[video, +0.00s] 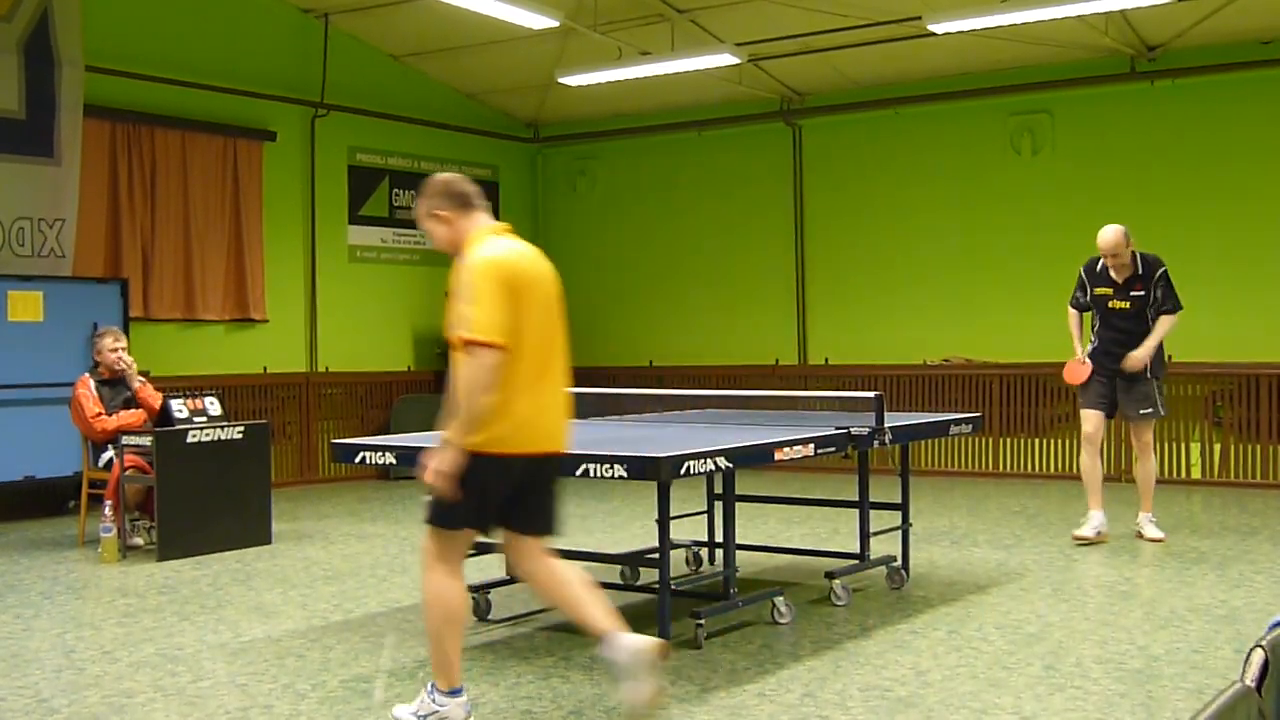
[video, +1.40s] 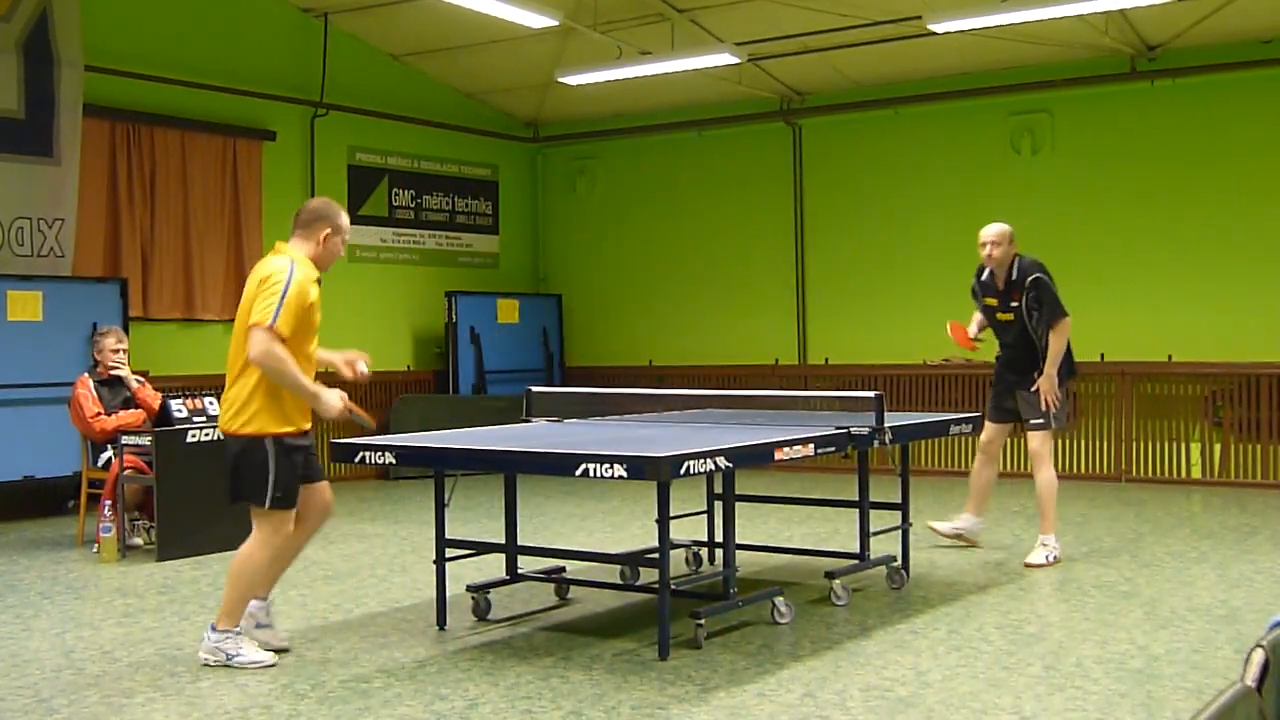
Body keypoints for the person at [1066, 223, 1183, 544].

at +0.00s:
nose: (1109, 262)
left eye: (1115, 257)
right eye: (1104, 257)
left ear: (1130, 248)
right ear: (1099, 252)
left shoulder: (1153, 268)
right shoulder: (1091, 270)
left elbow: (1170, 312)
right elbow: (1075, 307)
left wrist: (1144, 351)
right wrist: (1078, 348)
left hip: (1139, 364)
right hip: (1099, 363)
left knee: (1143, 442)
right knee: (1089, 435)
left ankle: (1146, 517)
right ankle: (1095, 516)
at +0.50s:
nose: (1063, 264)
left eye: (1068, 257)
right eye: (1058, 258)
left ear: (1084, 247)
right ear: (1054, 252)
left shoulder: (1113, 264)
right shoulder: (1051, 275)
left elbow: (1142, 308)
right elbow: (1042, 322)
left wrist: (1133, 353)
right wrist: (1040, 366)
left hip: (1111, 369)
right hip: (1068, 371)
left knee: (1126, 448)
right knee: (1072, 445)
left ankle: (1139, 501)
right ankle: (1087, 526)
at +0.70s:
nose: (1043, 250)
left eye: (1049, 243)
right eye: (1039, 244)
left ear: (1068, 241)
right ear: (1037, 243)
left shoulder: (1096, 264)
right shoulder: (1036, 273)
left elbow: (1127, 307)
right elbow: (1027, 318)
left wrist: (1113, 357)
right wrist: (1027, 353)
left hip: (1094, 366)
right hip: (1056, 368)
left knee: (1094, 444)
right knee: (1068, 448)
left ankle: (1101, 528)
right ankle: (1085, 526)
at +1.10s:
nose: (1014, 246)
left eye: (1022, 240)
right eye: (1012, 240)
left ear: (1042, 244)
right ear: (1011, 243)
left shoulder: (1064, 271)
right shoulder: (1012, 274)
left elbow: (1090, 319)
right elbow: (1010, 315)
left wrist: (1073, 372)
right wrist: (1005, 347)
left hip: (1056, 373)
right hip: (1025, 371)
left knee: (1049, 454)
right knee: (1017, 451)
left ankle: (1049, 541)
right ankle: (1067, 513)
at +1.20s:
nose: (1005, 244)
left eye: (1012, 238)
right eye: (1002, 238)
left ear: (1032, 242)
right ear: (1000, 242)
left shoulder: (1052, 271)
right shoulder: (1003, 272)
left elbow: (1077, 322)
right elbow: (1005, 309)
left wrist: (1062, 372)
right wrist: (996, 340)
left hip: (1051, 370)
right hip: (1019, 367)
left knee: (1046, 452)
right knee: (999, 442)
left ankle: (1049, 540)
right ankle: (1036, 510)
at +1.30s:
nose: (1000, 245)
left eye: (1007, 239)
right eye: (996, 240)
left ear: (1025, 242)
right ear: (992, 244)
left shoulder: (1044, 271)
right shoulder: (996, 273)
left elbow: (1071, 322)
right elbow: (999, 307)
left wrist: (1057, 371)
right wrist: (988, 334)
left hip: (1048, 369)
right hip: (1016, 366)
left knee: (1043, 450)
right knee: (993, 439)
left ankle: (1049, 540)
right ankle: (1012, 517)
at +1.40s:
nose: (989, 251)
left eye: (996, 244)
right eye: (984, 245)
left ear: (1012, 248)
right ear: (979, 250)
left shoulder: (1032, 274)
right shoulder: (982, 278)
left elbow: (1062, 324)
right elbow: (986, 310)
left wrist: (1050, 374)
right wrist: (973, 329)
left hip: (1040, 370)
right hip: (1008, 369)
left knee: (1039, 451)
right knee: (988, 443)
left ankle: (1048, 541)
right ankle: (970, 523)